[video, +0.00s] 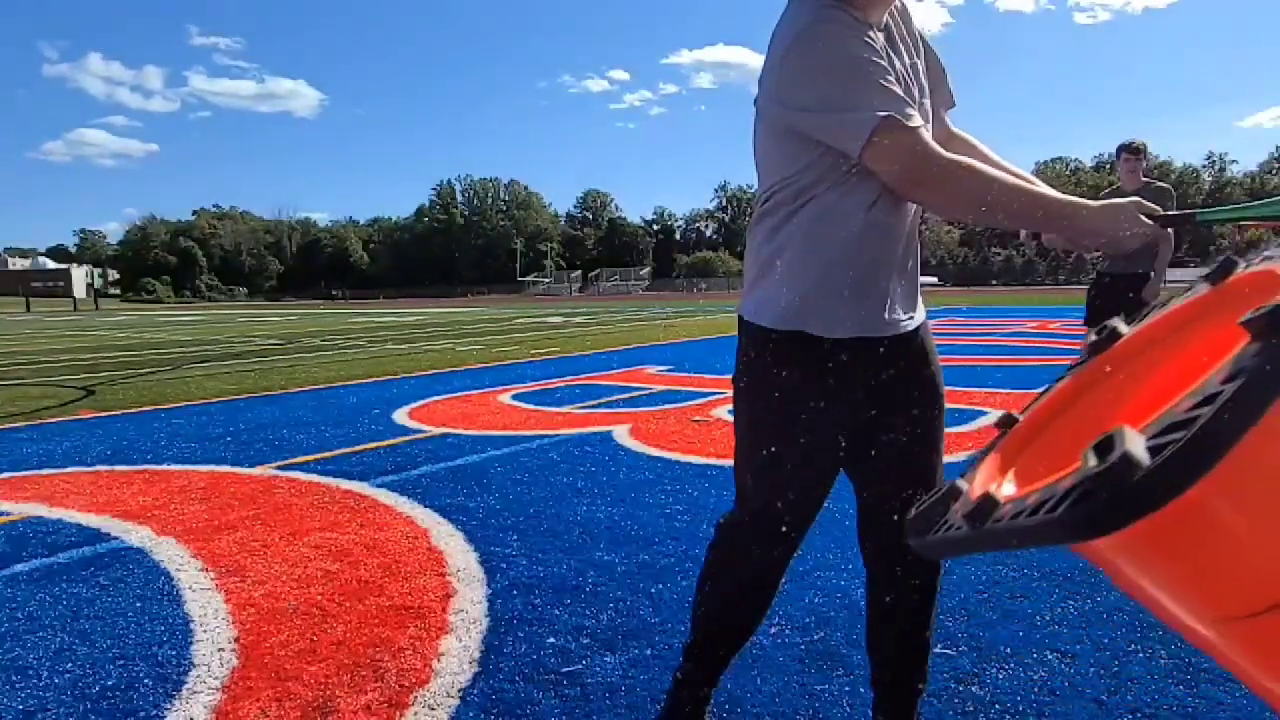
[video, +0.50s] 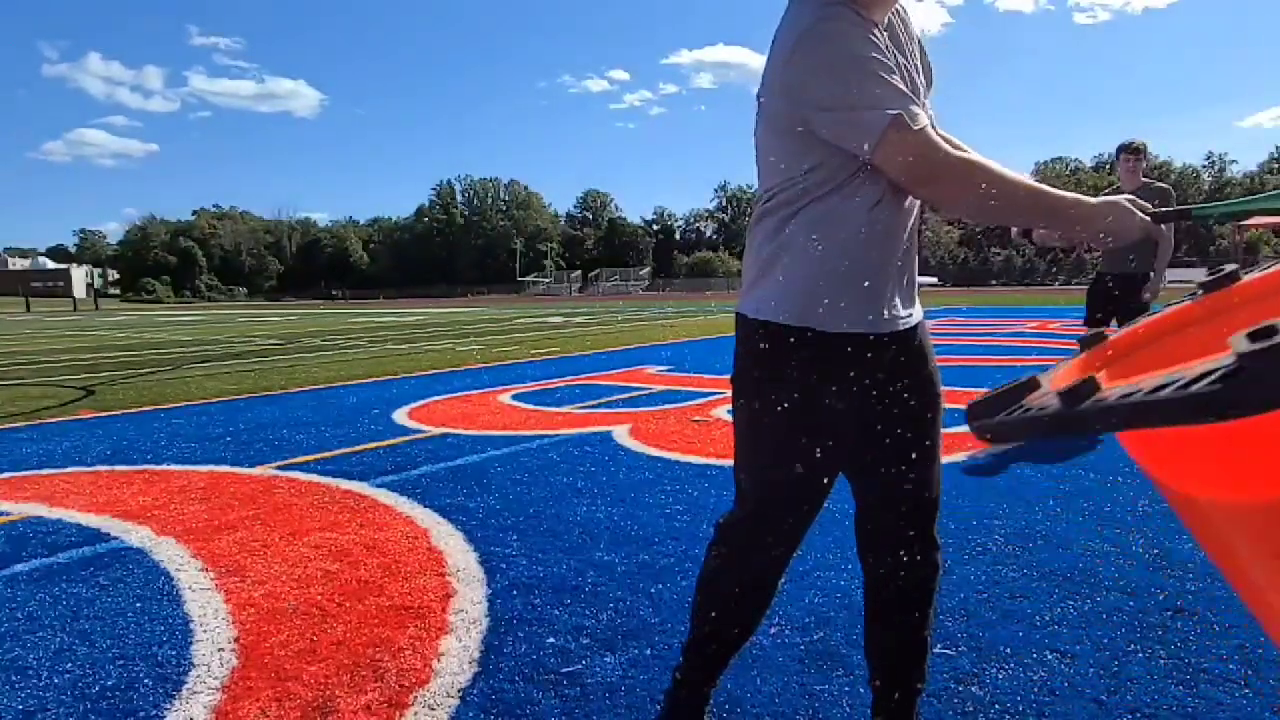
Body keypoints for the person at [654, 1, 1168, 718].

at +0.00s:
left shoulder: (905, 33)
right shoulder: (819, 33)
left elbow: (951, 145)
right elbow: (919, 171)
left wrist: (1072, 220)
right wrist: (1078, 219)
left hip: (895, 340)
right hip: (796, 343)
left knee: (908, 549)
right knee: (764, 532)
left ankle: (898, 708)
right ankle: (690, 696)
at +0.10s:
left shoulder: (904, 34)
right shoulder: (820, 33)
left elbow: (950, 149)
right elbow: (921, 171)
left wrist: (1067, 220)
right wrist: (1080, 218)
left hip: (893, 338)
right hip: (797, 341)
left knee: (906, 542)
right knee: (766, 529)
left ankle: (898, 708)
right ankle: (689, 696)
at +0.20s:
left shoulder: (905, 36)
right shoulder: (824, 31)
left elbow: (950, 154)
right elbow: (921, 170)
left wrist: (1067, 221)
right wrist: (1080, 217)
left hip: (893, 339)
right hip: (796, 341)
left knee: (905, 547)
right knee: (765, 530)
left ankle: (897, 708)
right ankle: (688, 698)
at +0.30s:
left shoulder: (907, 40)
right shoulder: (823, 33)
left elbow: (944, 162)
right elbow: (925, 170)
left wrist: (1051, 220)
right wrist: (1081, 216)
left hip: (893, 338)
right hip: (796, 340)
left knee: (905, 547)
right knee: (766, 529)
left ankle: (897, 708)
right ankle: (688, 697)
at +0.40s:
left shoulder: (901, 34)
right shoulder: (824, 32)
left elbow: (937, 172)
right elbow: (927, 168)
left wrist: (1046, 222)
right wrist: (1082, 215)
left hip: (890, 337)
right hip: (796, 338)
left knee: (905, 549)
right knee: (765, 530)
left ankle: (896, 707)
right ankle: (688, 697)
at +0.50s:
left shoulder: (901, 35)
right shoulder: (825, 33)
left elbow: (934, 178)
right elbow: (931, 169)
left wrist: (1041, 222)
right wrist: (1086, 214)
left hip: (890, 335)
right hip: (796, 337)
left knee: (905, 546)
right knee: (765, 529)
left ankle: (897, 706)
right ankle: (687, 699)